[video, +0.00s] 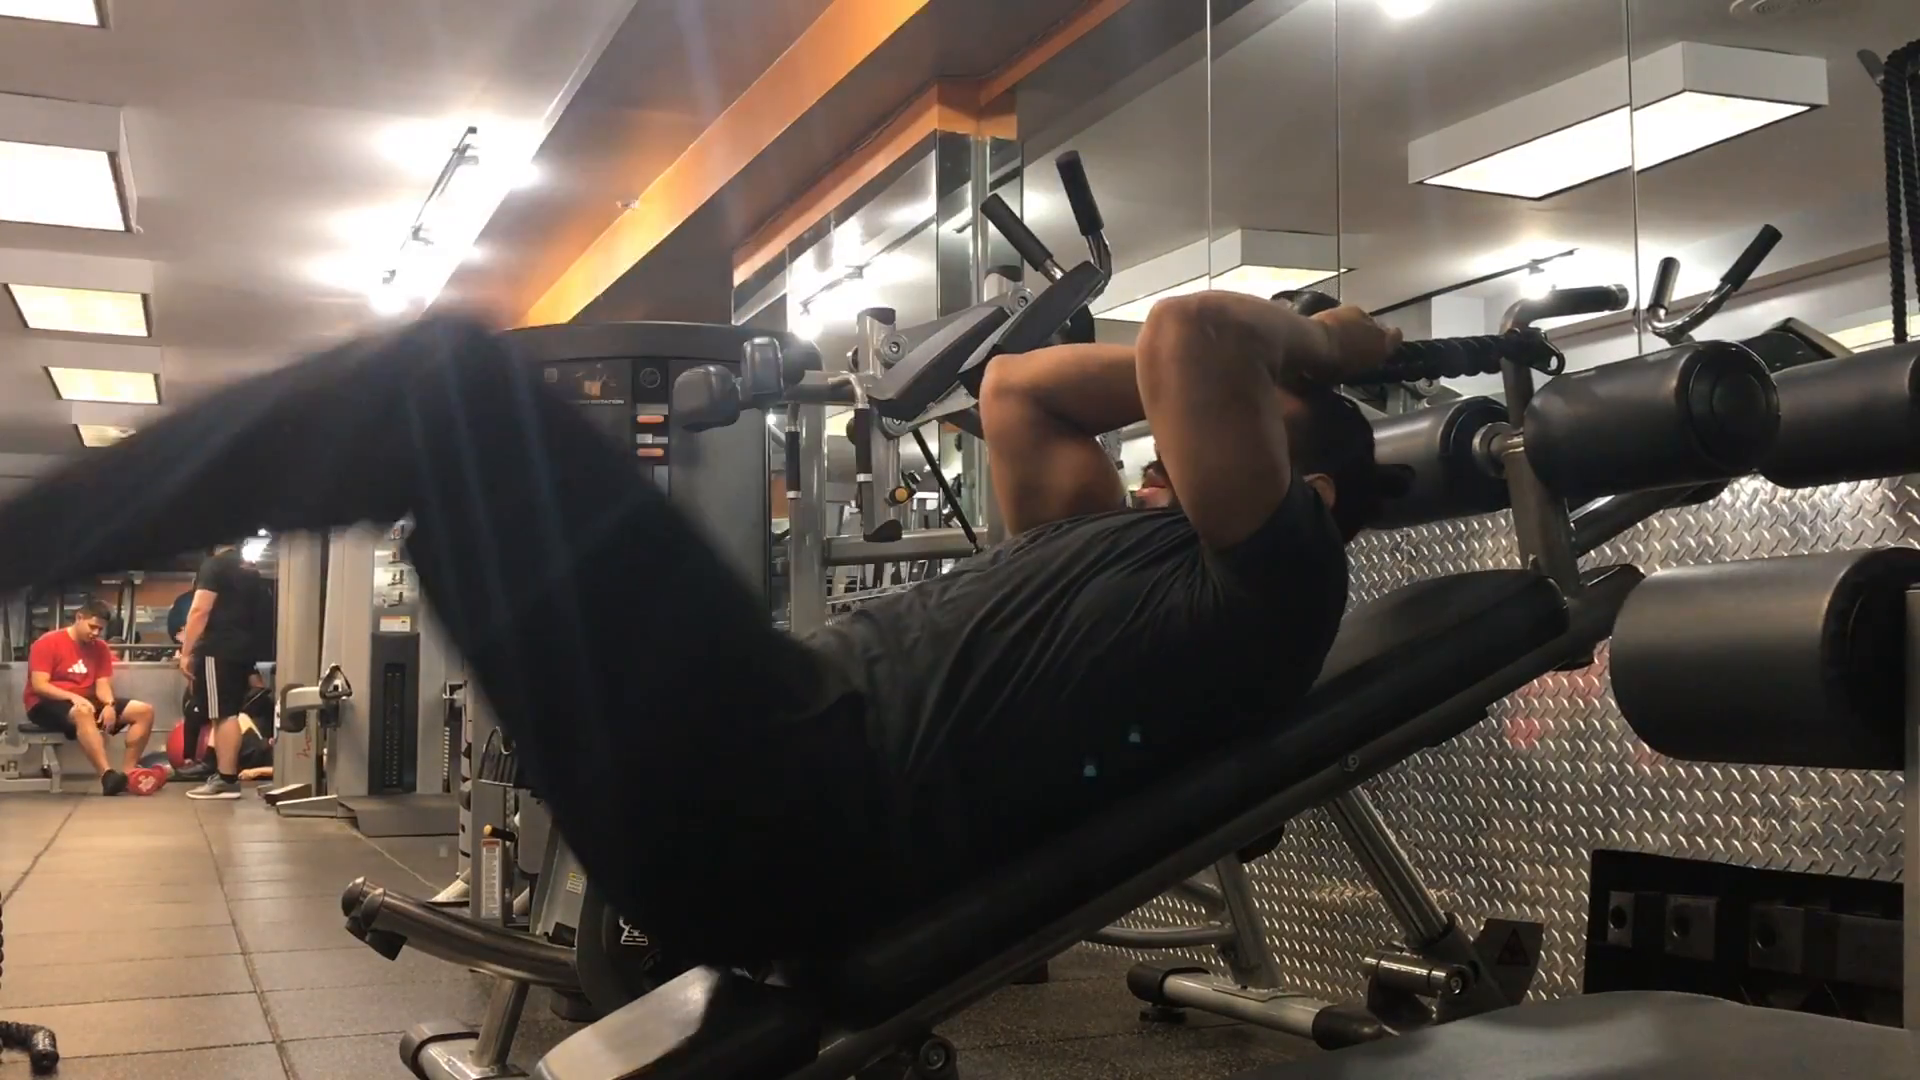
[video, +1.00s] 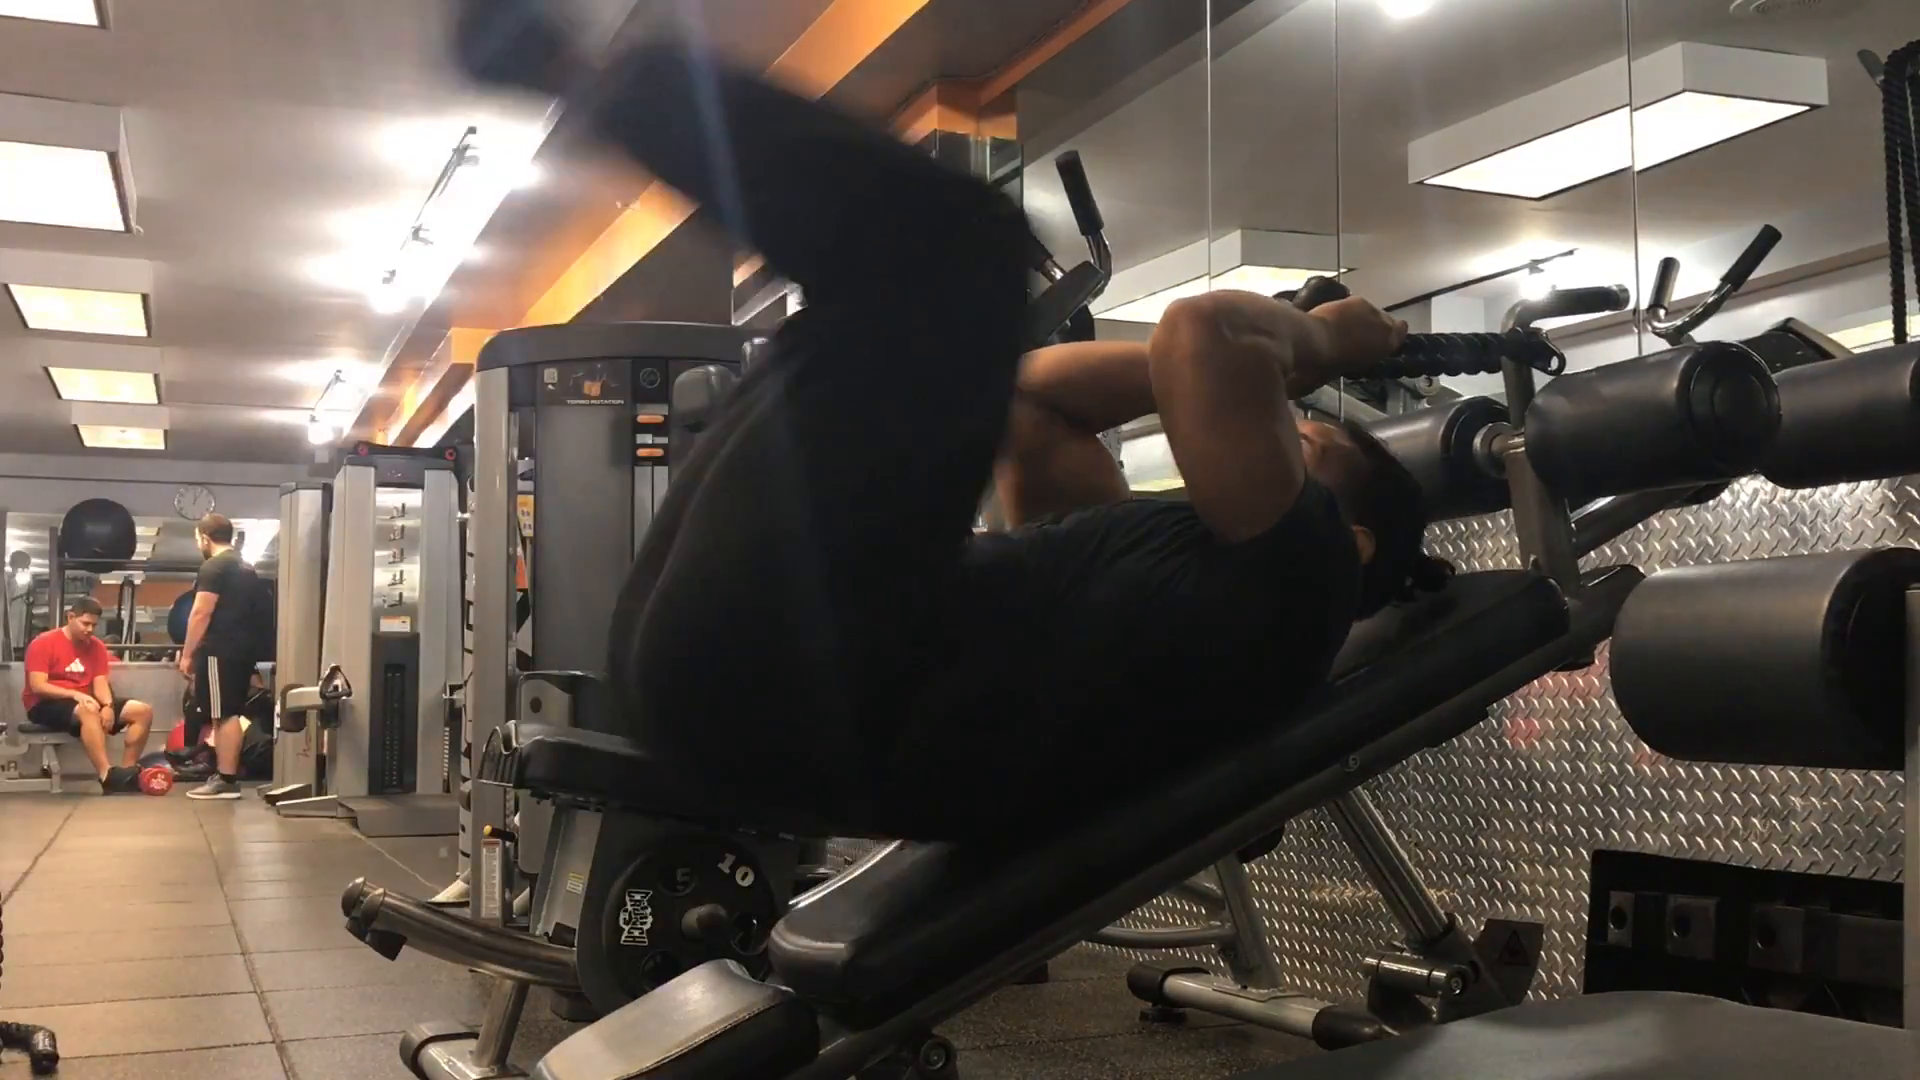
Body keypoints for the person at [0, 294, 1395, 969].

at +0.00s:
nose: (1208, 471)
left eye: (1246, 458)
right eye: (1231, 454)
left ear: (1290, 491)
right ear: (1236, 493)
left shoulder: (1261, 609)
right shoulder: (1112, 573)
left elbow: (1192, 328)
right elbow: (1026, 394)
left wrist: (1325, 338)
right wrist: (1236, 389)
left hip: (789, 820)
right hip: (748, 757)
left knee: (450, 377)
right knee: (451, 382)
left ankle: (33, 541)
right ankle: (50, 533)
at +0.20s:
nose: (1168, 461)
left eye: (1220, 441)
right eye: (1191, 444)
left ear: (1274, 480)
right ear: (1211, 488)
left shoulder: (1257, 607)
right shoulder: (1098, 573)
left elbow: (1187, 328)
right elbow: (1018, 397)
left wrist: (1313, 348)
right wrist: (1222, 401)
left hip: (776, 840)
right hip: (729, 762)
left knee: (231, 671)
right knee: (237, 657)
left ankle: (7, 836)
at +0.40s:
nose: (1163, 431)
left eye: (1218, 426)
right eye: (1180, 424)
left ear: (1272, 470)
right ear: (1171, 462)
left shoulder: (1248, 597)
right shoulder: (1081, 563)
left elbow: (1190, 319)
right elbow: (1008, 399)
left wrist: (1316, 341)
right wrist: (1202, 391)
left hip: (760, 832)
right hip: (701, 766)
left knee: (197, 894)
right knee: (199, 861)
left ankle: (31, 994)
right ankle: (40, 986)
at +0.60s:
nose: (1173, 451)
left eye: (1219, 433)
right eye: (1194, 439)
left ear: (1272, 479)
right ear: (1212, 487)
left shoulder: (1251, 606)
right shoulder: (1088, 574)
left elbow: (1172, 326)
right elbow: (1012, 405)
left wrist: (1307, 350)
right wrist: (1208, 400)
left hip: (746, 837)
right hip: (702, 757)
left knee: (213, 709)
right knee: (230, 679)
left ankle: (6, 919)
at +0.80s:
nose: (1227, 468)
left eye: (1268, 466)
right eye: (1253, 456)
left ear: (1306, 509)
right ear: (1251, 490)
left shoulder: (1251, 611)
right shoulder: (1093, 569)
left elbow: (1193, 326)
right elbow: (1017, 400)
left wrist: (1326, 344)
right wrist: (1221, 378)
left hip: (777, 851)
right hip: (732, 780)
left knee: (543, 352)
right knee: (543, 341)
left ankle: (90, 473)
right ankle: (106, 458)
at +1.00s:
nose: (1294, 437)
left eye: (1321, 444)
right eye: (1300, 431)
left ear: (1353, 524)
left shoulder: (1301, 576)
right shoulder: (1147, 570)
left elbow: (1206, 329)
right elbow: (1028, 394)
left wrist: (1326, 331)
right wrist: (1221, 382)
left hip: (781, 706)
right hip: (697, 684)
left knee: (966, 243)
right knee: (898, 309)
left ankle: (582, 59)